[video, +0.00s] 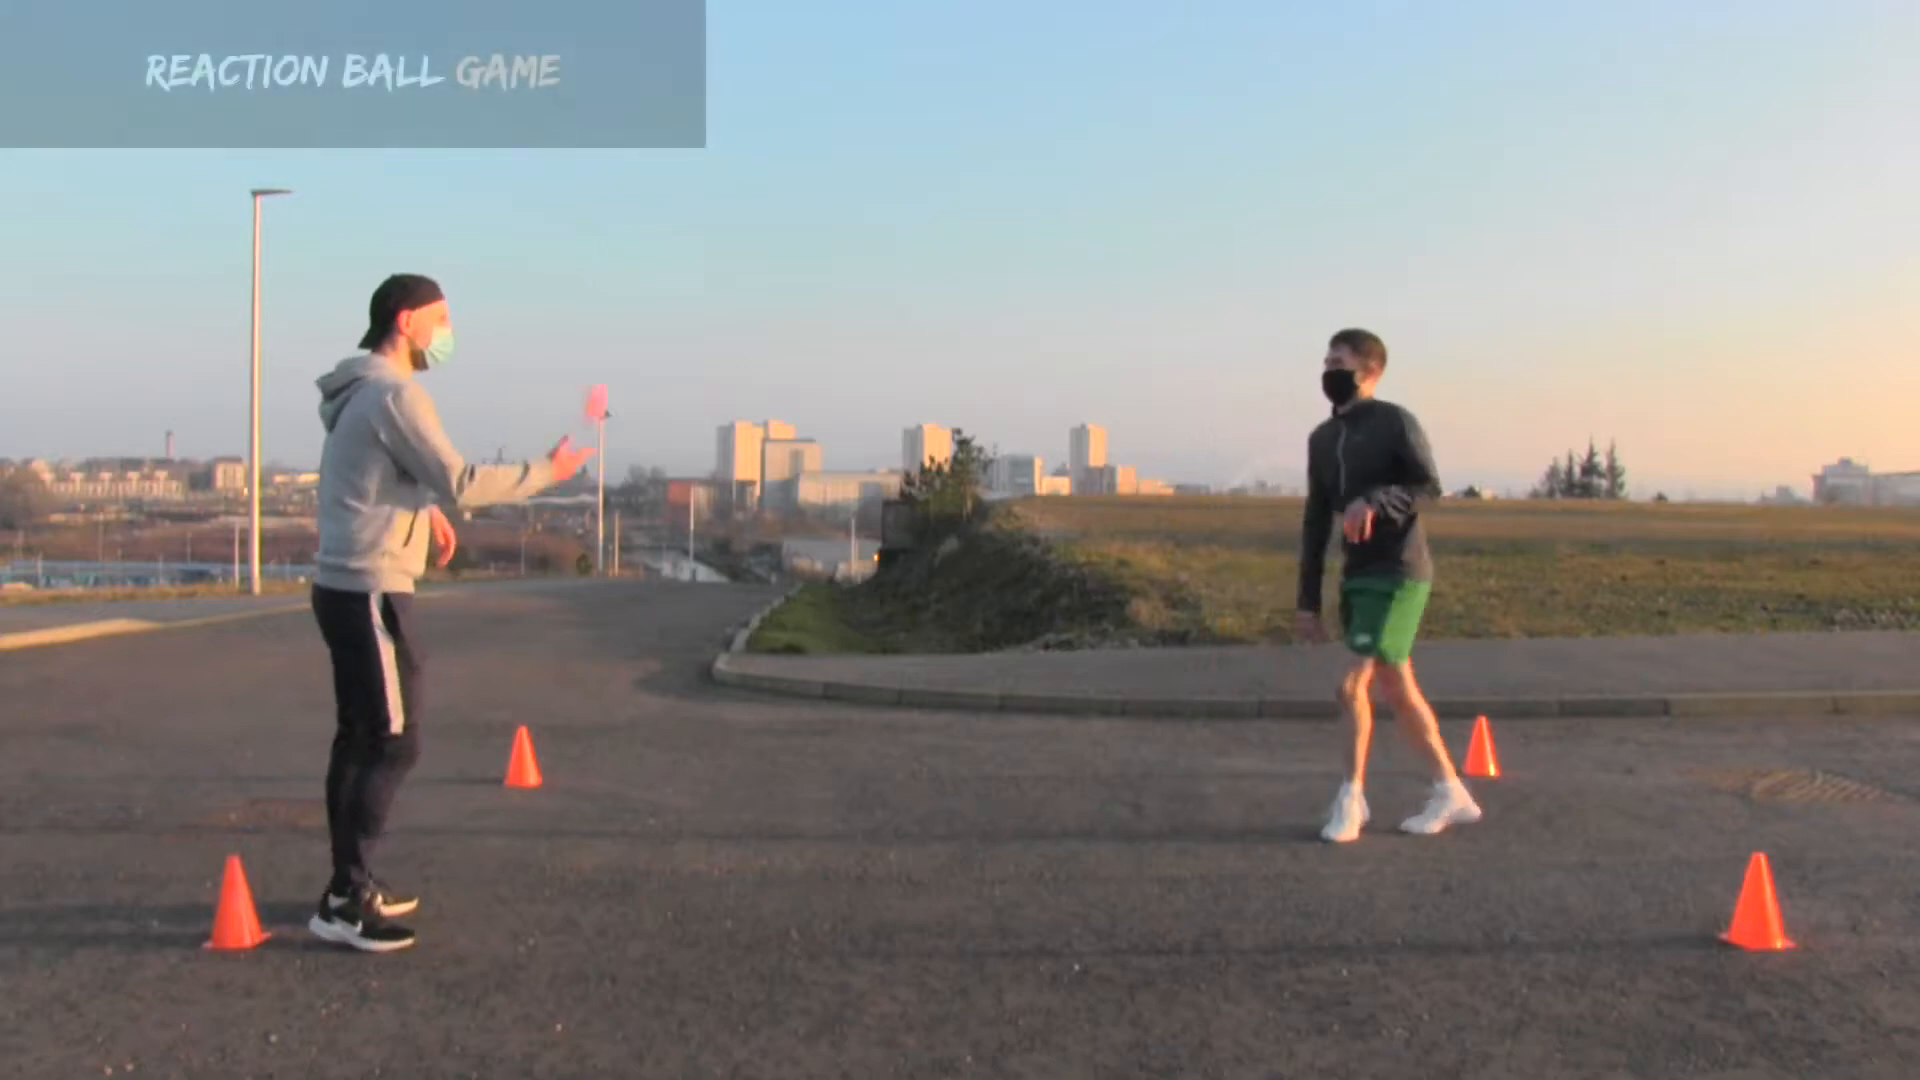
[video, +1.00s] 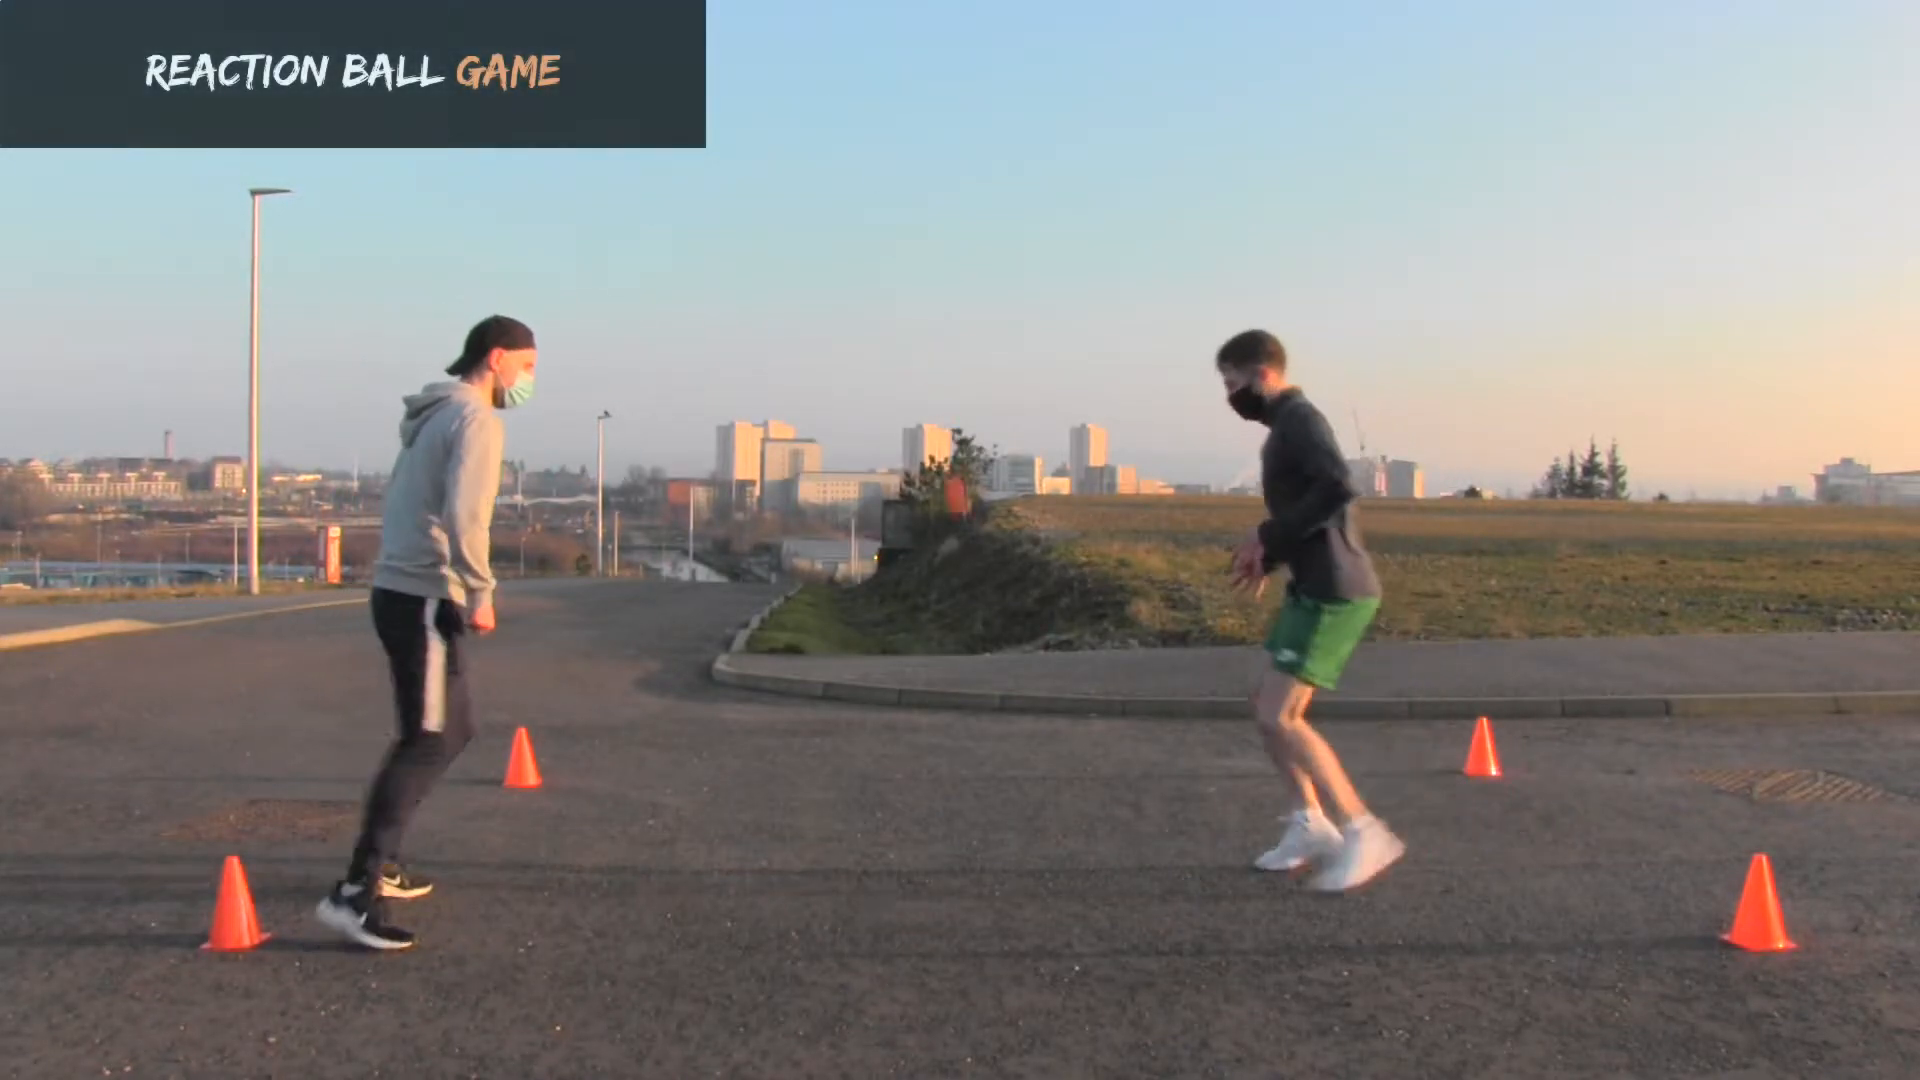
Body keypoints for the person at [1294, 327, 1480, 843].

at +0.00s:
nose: (1329, 371)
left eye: (1340, 364)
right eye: (1328, 363)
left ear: (1370, 371)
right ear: (1328, 368)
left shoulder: (1396, 422)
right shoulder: (1323, 439)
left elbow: (1427, 487)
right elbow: (1317, 520)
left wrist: (1375, 504)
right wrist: (1308, 600)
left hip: (1402, 571)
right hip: (1358, 574)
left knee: (1353, 686)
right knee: (1399, 688)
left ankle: (1351, 798)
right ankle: (1452, 790)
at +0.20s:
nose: (1352, 370)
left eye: (1364, 363)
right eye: (1350, 362)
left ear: (1395, 370)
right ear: (1351, 368)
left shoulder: (1420, 420)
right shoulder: (1353, 437)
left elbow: (1469, 483)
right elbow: (1356, 516)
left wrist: (1398, 505)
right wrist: (1341, 580)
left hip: (1434, 568)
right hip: (1394, 572)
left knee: (1389, 679)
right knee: (1429, 685)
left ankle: (1426, 798)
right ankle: (1459, 796)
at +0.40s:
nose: (1368, 360)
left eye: (1381, 354)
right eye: (1368, 352)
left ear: (1411, 368)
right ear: (1370, 362)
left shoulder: (1428, 420)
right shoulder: (1368, 429)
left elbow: (1479, 483)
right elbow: (1383, 508)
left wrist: (1409, 514)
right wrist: (1366, 574)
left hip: (1449, 578)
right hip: (1405, 583)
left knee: (1451, 698)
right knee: (1425, 697)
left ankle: (1527, 787)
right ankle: (1458, 799)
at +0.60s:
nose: (1352, 399)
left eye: (1365, 393)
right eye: (1353, 390)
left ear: (1396, 406)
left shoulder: (1420, 460)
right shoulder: (1369, 464)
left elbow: (1452, 535)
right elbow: (1398, 547)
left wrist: (1377, 563)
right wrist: (1366, 605)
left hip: (1462, 608)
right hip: (1406, 603)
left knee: (1481, 726)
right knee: (1349, 690)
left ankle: (1545, 810)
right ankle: (1407, 787)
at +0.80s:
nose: (1289, 398)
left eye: (1300, 390)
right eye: (1290, 389)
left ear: (1333, 398)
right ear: (1321, 399)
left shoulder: (1348, 451)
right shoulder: (1326, 458)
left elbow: (1374, 532)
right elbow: (1357, 549)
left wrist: (1297, 562)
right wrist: (1315, 601)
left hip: (1406, 613)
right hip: (1359, 611)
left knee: (1413, 742)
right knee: (1305, 705)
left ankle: (1517, 785)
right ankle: (1322, 835)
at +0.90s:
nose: (1263, 399)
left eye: (1270, 389)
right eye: (1263, 389)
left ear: (1305, 390)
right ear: (1303, 392)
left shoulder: (1327, 443)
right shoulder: (1308, 452)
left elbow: (1357, 522)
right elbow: (1332, 540)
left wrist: (1281, 556)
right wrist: (1291, 588)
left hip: (1377, 611)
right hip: (1335, 607)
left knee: (1348, 740)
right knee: (1288, 710)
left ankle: (1465, 783)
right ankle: (1320, 835)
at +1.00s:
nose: (1229, 393)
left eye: (1235, 380)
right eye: (1226, 383)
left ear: (1266, 372)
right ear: (1264, 376)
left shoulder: (1298, 420)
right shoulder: (1281, 427)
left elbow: (1338, 487)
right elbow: (1309, 502)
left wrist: (1270, 538)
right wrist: (1266, 548)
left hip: (1339, 590)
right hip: (1311, 587)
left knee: (1280, 713)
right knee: (1266, 704)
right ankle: (1311, 823)